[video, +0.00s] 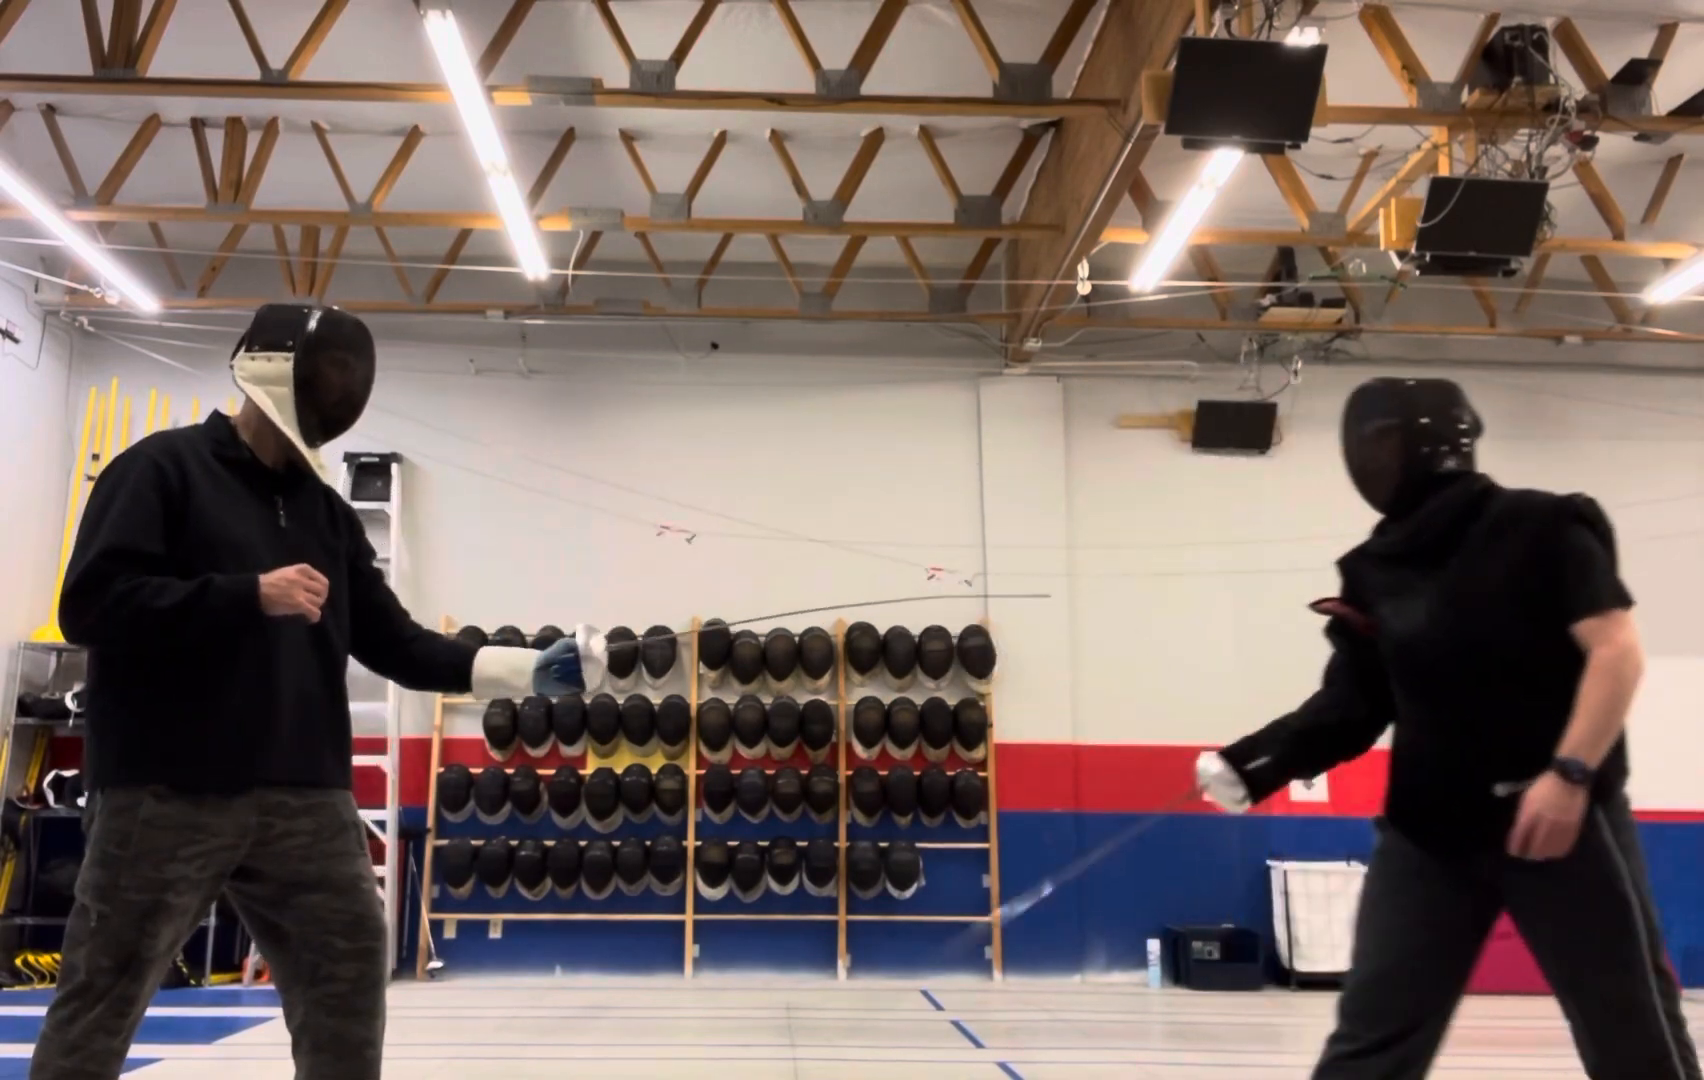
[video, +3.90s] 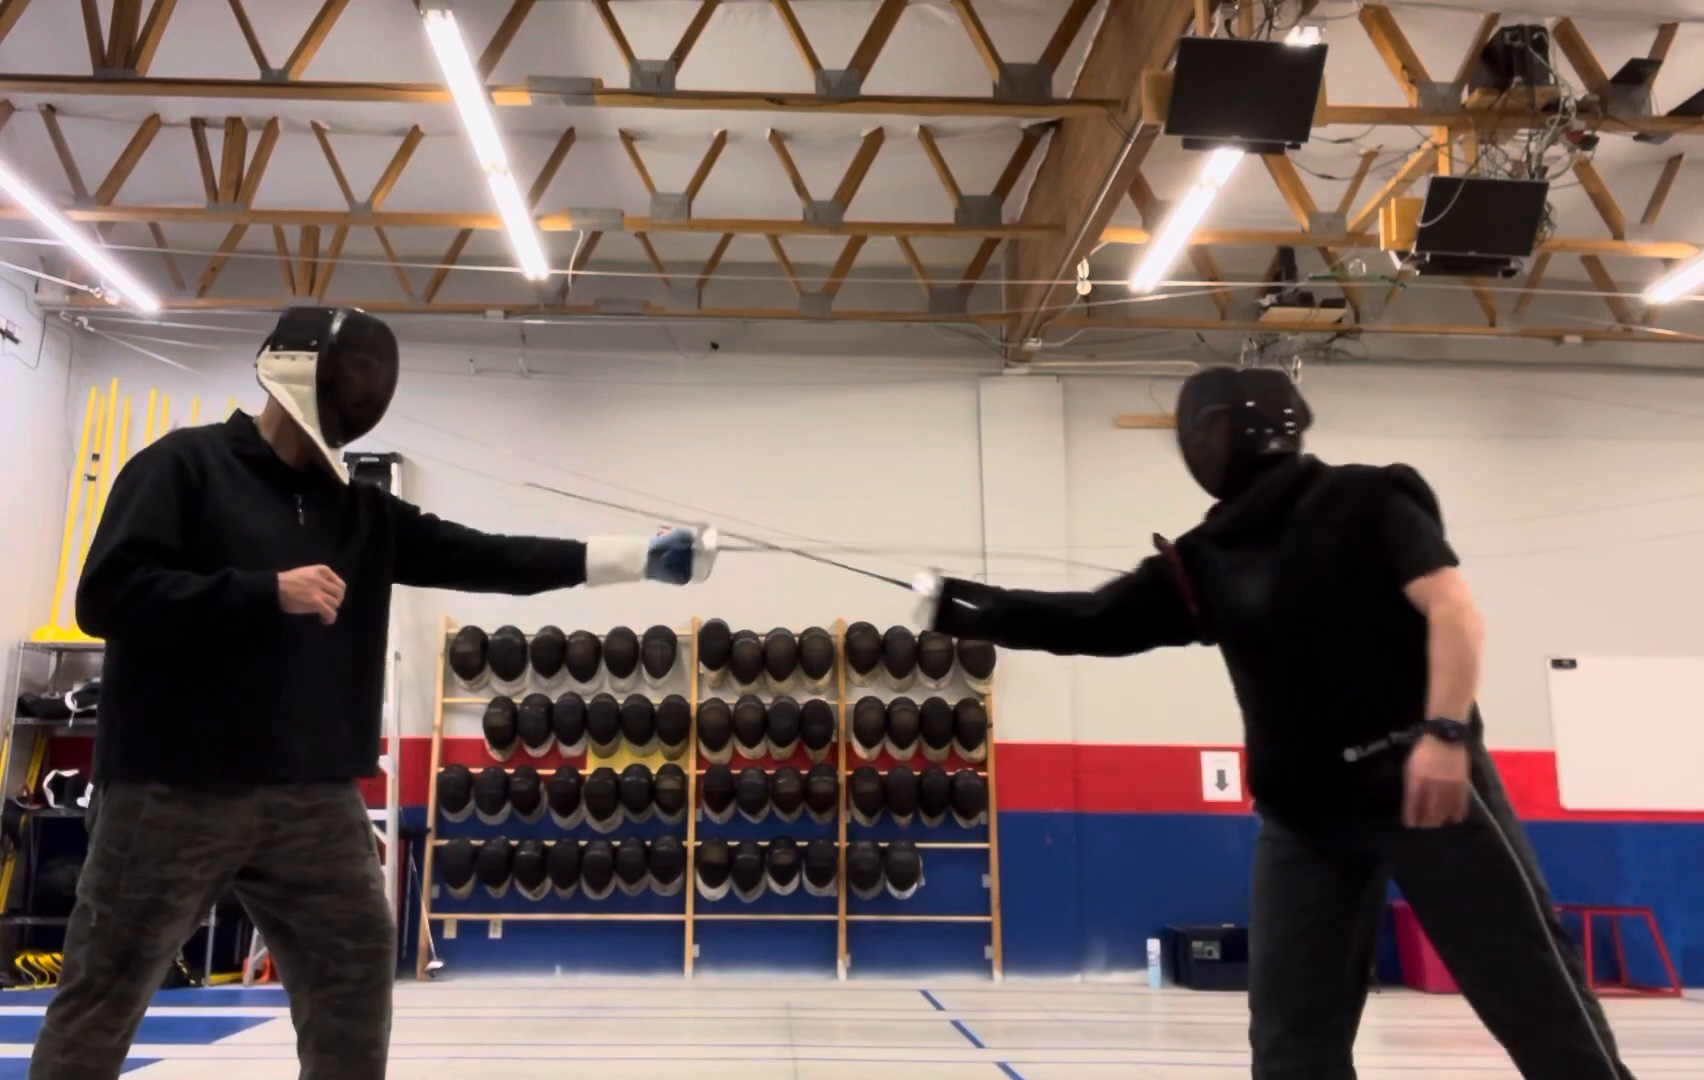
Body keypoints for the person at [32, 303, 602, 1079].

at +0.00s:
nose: (333, 412)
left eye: (340, 401)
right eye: (315, 393)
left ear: (345, 407)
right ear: (261, 377)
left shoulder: (324, 511)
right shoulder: (154, 471)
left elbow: (388, 639)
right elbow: (90, 604)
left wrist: (512, 667)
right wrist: (247, 593)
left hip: (302, 799)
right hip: (164, 794)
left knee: (347, 976)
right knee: (101, 1000)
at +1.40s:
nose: (326, 435)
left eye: (340, 418)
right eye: (317, 412)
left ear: (348, 410)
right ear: (271, 384)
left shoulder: (338, 515)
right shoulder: (166, 470)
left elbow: (452, 597)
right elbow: (102, 598)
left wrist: (596, 589)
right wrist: (261, 592)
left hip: (307, 801)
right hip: (168, 794)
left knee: (351, 996)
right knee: (96, 1009)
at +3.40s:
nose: (328, 412)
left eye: (338, 396)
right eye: (318, 387)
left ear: (335, 399)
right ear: (268, 372)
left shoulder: (329, 510)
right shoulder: (162, 469)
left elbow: (421, 621)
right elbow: (107, 602)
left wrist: (569, 633)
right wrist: (264, 590)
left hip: (309, 795)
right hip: (171, 791)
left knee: (352, 986)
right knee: (103, 1002)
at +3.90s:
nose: (353, 417)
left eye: (363, 401)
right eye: (340, 392)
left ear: (366, 403)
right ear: (286, 374)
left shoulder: (362, 514)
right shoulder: (178, 467)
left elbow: (490, 557)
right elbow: (106, 592)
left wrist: (640, 556)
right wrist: (266, 591)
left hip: (311, 799)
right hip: (167, 793)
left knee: (352, 998)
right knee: (98, 1006)